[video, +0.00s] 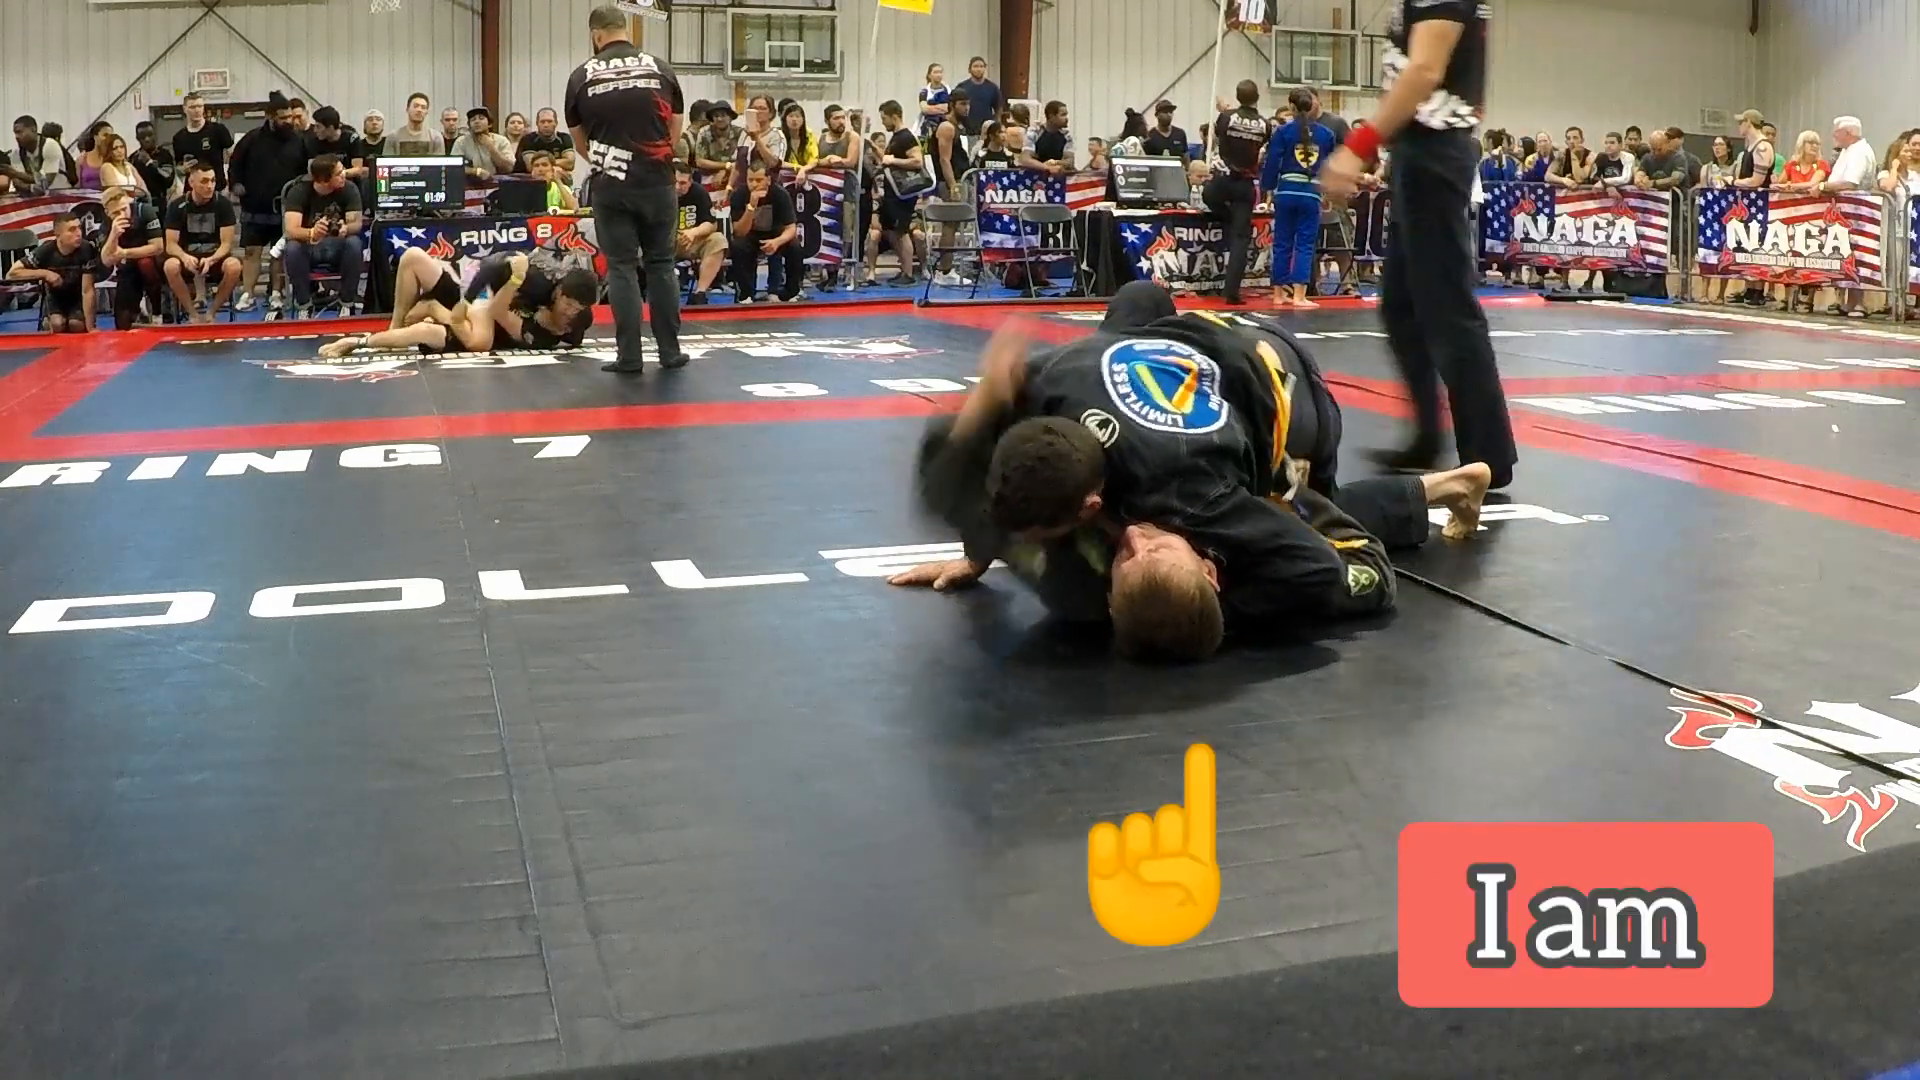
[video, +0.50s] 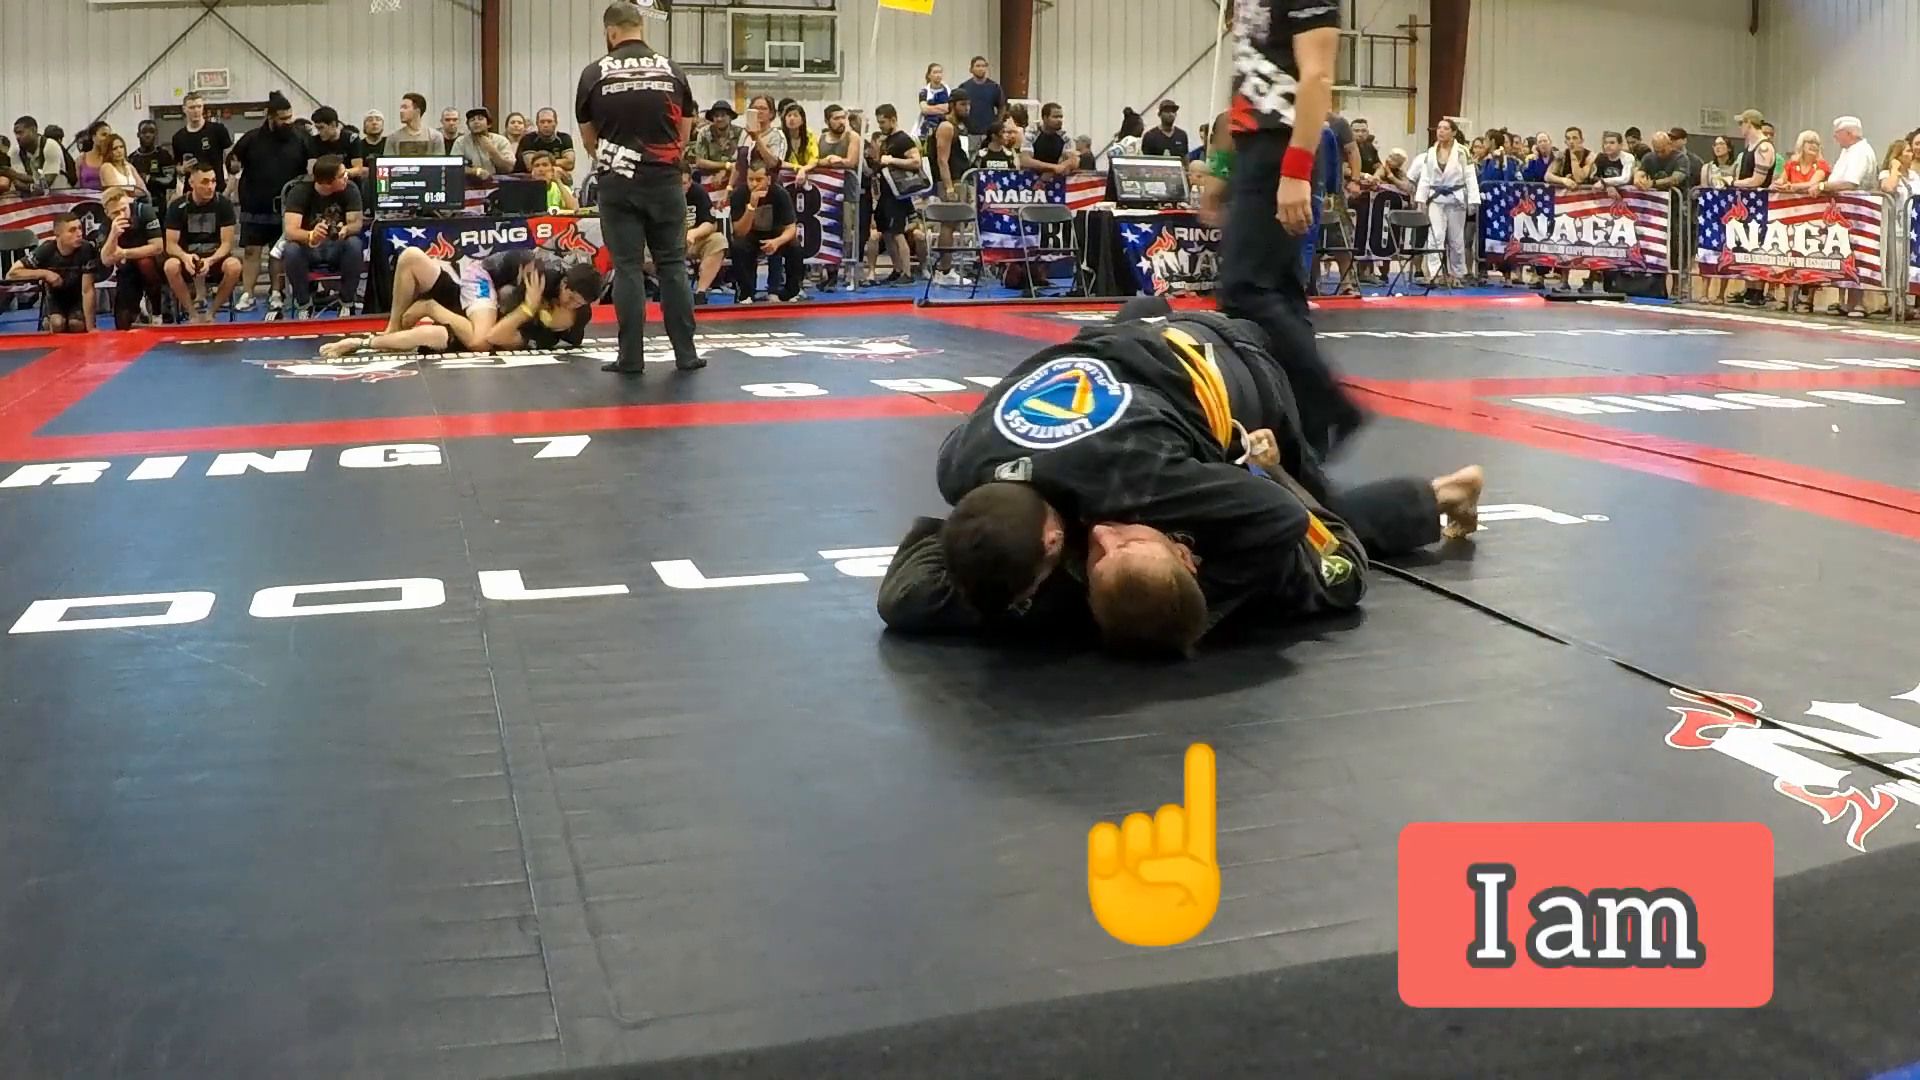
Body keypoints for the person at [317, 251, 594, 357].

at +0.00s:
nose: (574, 315)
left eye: (580, 311)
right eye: (570, 308)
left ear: (587, 307)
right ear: (558, 294)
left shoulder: (582, 318)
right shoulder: (536, 281)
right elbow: (494, 311)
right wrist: (529, 336)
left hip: (496, 325)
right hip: (483, 285)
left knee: (427, 333)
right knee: (412, 258)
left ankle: (355, 343)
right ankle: (396, 329)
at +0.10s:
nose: (565, 316)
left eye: (572, 313)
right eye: (562, 309)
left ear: (580, 311)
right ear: (552, 296)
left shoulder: (576, 325)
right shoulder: (534, 285)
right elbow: (486, 313)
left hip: (494, 320)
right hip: (475, 280)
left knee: (432, 335)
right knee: (413, 258)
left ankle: (359, 345)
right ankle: (394, 329)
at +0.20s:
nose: (560, 311)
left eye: (568, 310)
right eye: (559, 303)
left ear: (576, 313)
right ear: (554, 292)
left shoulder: (544, 335)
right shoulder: (540, 279)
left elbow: (490, 325)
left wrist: (508, 285)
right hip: (476, 284)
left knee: (428, 333)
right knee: (410, 256)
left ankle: (357, 344)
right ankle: (392, 332)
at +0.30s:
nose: (566, 314)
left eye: (574, 311)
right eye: (565, 305)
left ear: (584, 310)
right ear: (557, 289)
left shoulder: (558, 333)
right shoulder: (542, 268)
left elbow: (492, 339)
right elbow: (496, 256)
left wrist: (508, 291)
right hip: (478, 277)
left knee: (428, 332)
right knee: (409, 256)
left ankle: (354, 344)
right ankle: (394, 329)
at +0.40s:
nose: (570, 309)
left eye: (578, 308)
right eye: (569, 300)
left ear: (586, 308)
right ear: (561, 286)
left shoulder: (563, 328)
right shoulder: (542, 267)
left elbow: (493, 338)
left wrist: (513, 288)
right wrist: (528, 306)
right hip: (476, 279)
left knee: (427, 332)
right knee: (409, 256)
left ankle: (356, 344)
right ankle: (395, 328)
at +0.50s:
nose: (570, 302)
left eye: (578, 301)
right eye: (570, 295)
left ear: (583, 303)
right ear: (565, 283)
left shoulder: (570, 324)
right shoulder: (543, 270)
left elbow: (494, 339)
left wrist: (531, 305)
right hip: (478, 277)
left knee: (431, 335)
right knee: (410, 257)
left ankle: (358, 345)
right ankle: (393, 331)